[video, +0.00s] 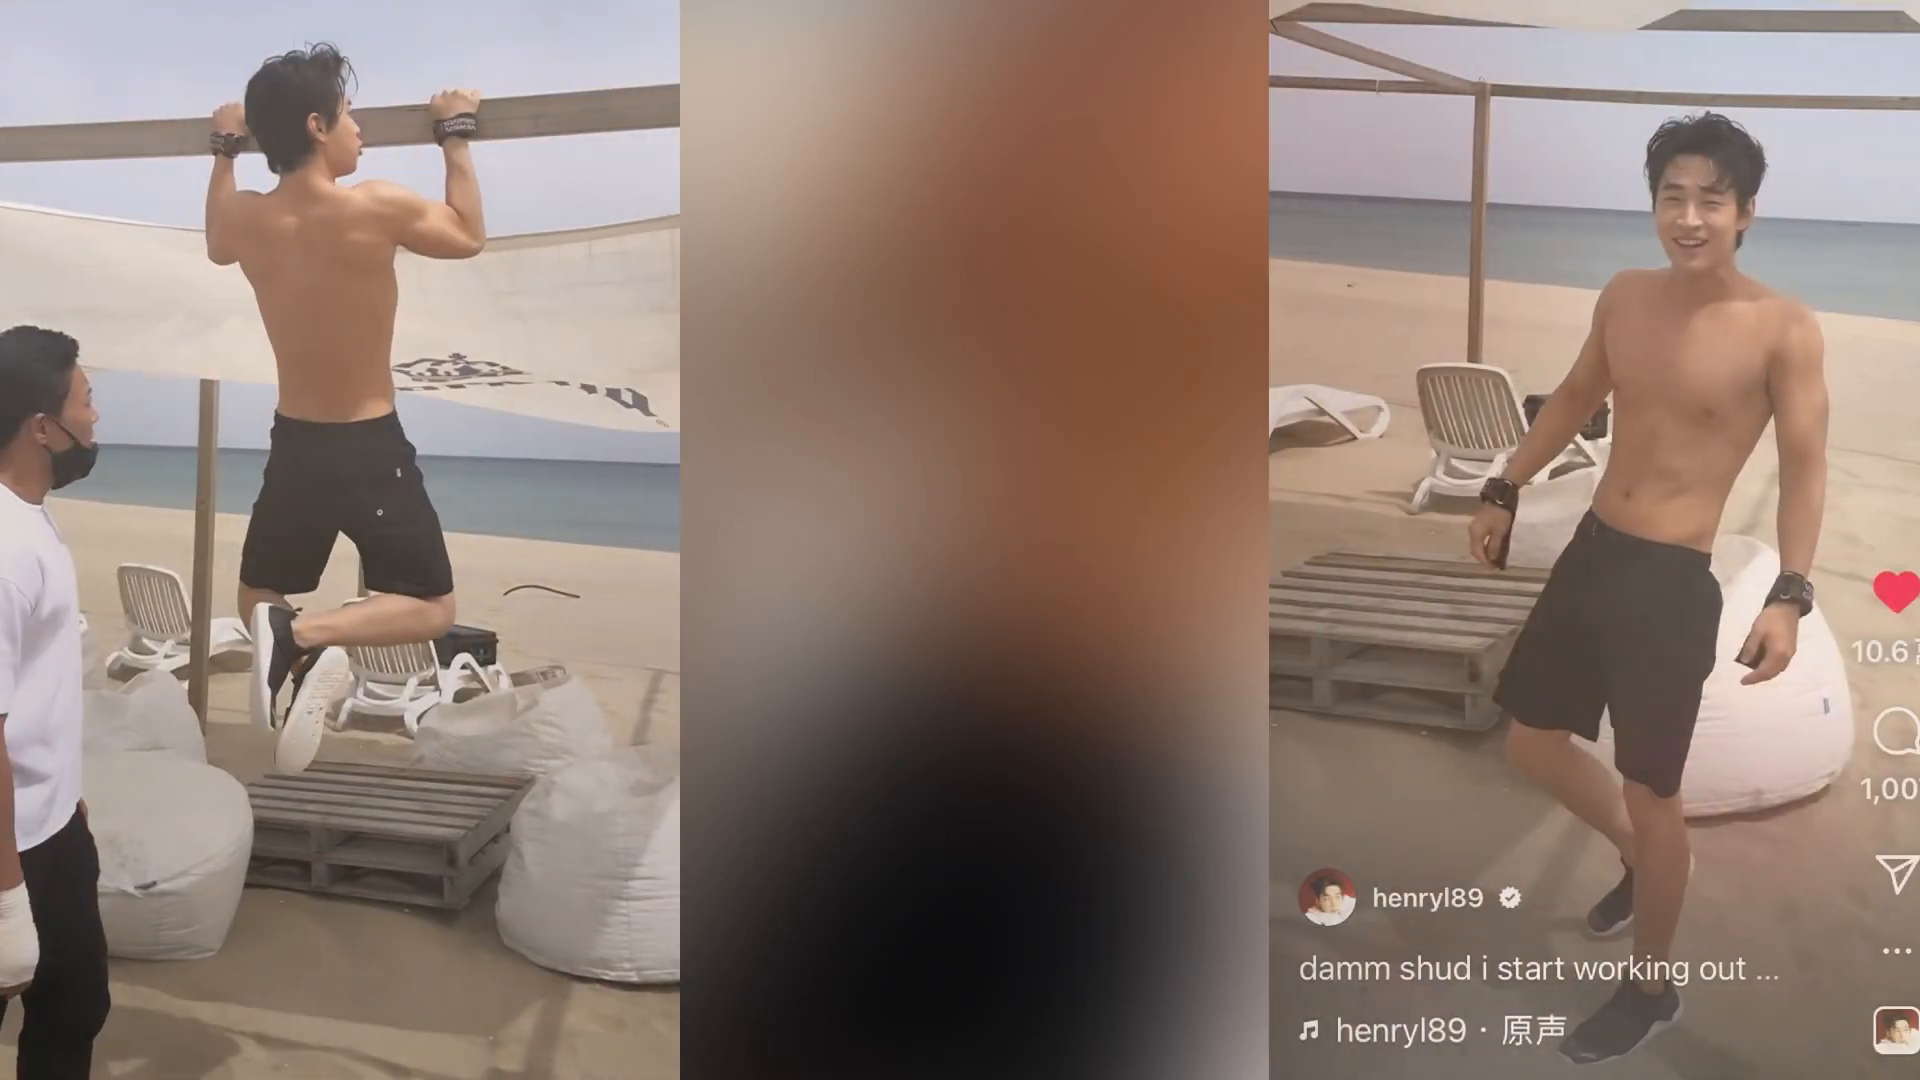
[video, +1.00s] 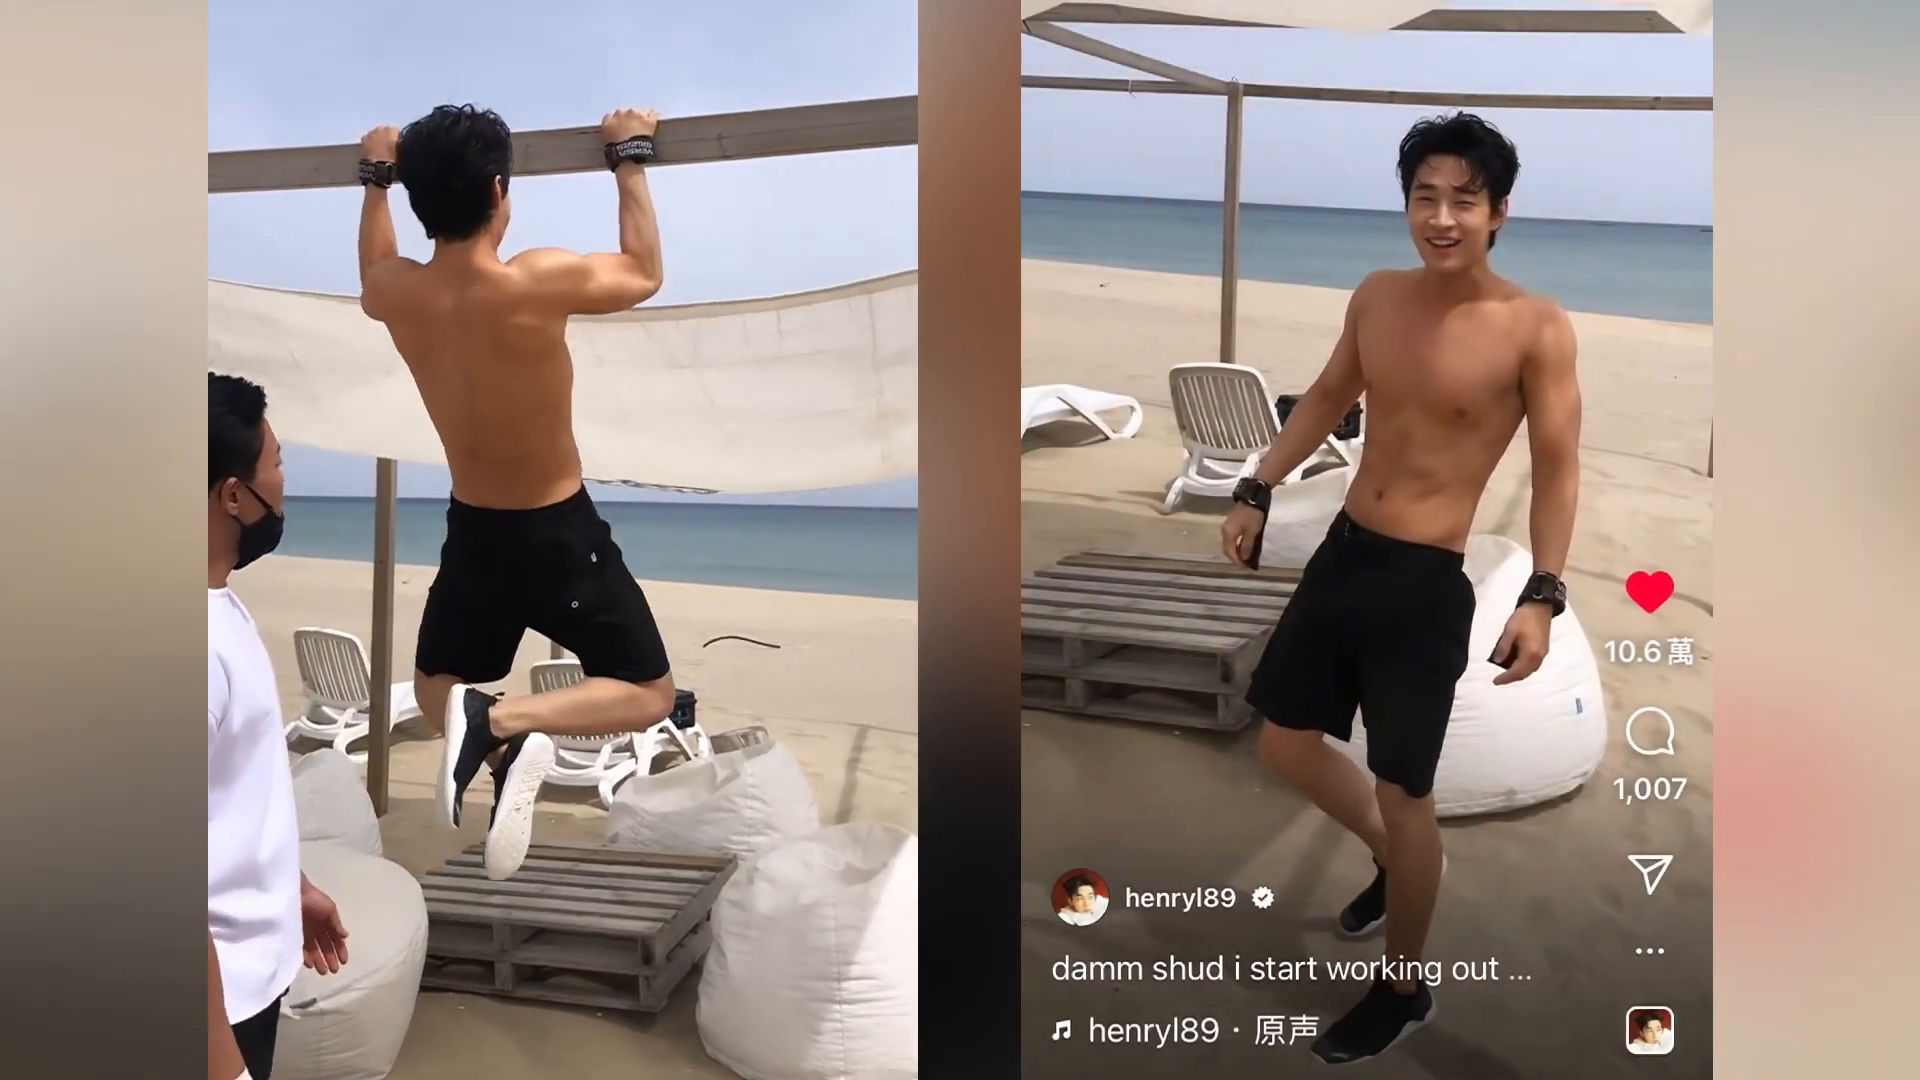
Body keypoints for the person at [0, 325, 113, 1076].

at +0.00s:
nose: (96, 413)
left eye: (90, 396)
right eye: (84, 399)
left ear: (41, 428)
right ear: (42, 428)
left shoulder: (32, 524)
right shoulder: (14, 549)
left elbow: (33, 706)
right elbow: (5, 742)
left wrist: (74, 819)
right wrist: (10, 893)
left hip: (53, 832)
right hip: (29, 852)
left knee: (72, 1010)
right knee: (67, 1017)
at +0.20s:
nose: (218, 428)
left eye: (212, 411)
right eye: (206, 415)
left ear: (155, 437)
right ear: (160, 438)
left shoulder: (141, 532)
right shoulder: (111, 567)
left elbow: (142, 729)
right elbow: (101, 763)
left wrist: (189, 858)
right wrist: (133, 928)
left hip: (170, 861)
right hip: (139, 880)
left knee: (183, 1043)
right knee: (183, 1052)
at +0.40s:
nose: (286, 438)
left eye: (278, 420)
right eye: (273, 424)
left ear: (221, 451)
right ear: (225, 451)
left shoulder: (215, 550)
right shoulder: (182, 586)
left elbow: (215, 745)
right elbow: (174, 784)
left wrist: (260, 893)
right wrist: (219, 954)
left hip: (244, 895)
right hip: (212, 916)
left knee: (257, 1060)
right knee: (233, 1070)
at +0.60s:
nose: (311, 453)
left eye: (303, 436)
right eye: (298, 441)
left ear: (249, 473)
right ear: (251, 474)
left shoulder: (251, 568)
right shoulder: (205, 617)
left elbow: (256, 752)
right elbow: (200, 831)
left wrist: (307, 853)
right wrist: (271, 991)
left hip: (276, 925)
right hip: (233, 946)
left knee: (279, 1064)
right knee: (246, 1070)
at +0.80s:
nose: (300, 460)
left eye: (292, 445)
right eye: (289, 451)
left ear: (243, 488)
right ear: (247, 486)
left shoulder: (246, 592)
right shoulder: (202, 632)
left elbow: (254, 773)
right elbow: (195, 853)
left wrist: (314, 873)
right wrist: (262, 1040)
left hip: (273, 959)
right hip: (233, 984)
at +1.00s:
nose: (283, 475)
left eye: (279, 457)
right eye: (275, 461)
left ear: (229, 497)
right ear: (232, 495)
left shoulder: (225, 608)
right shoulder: (193, 646)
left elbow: (228, 799)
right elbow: (182, 885)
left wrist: (288, 889)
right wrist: (220, 1055)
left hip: (248, 994)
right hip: (219, 1019)